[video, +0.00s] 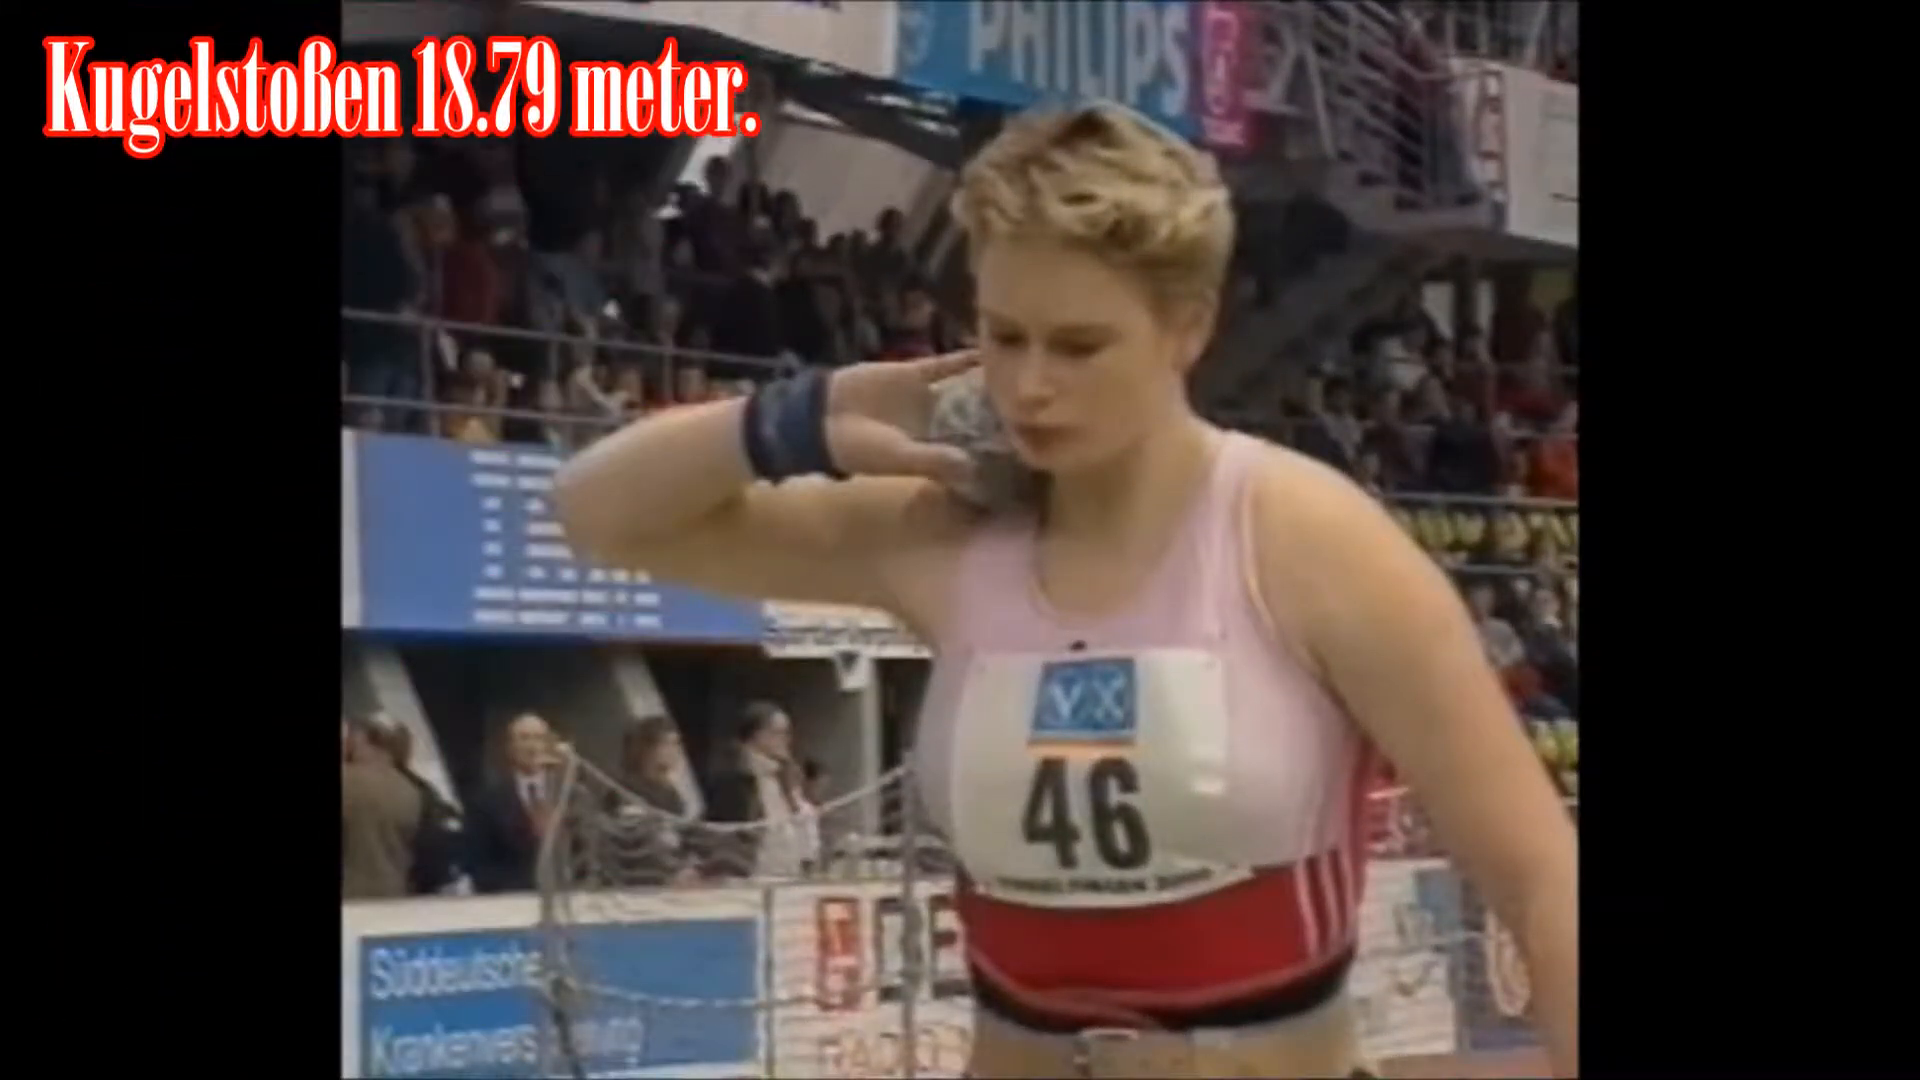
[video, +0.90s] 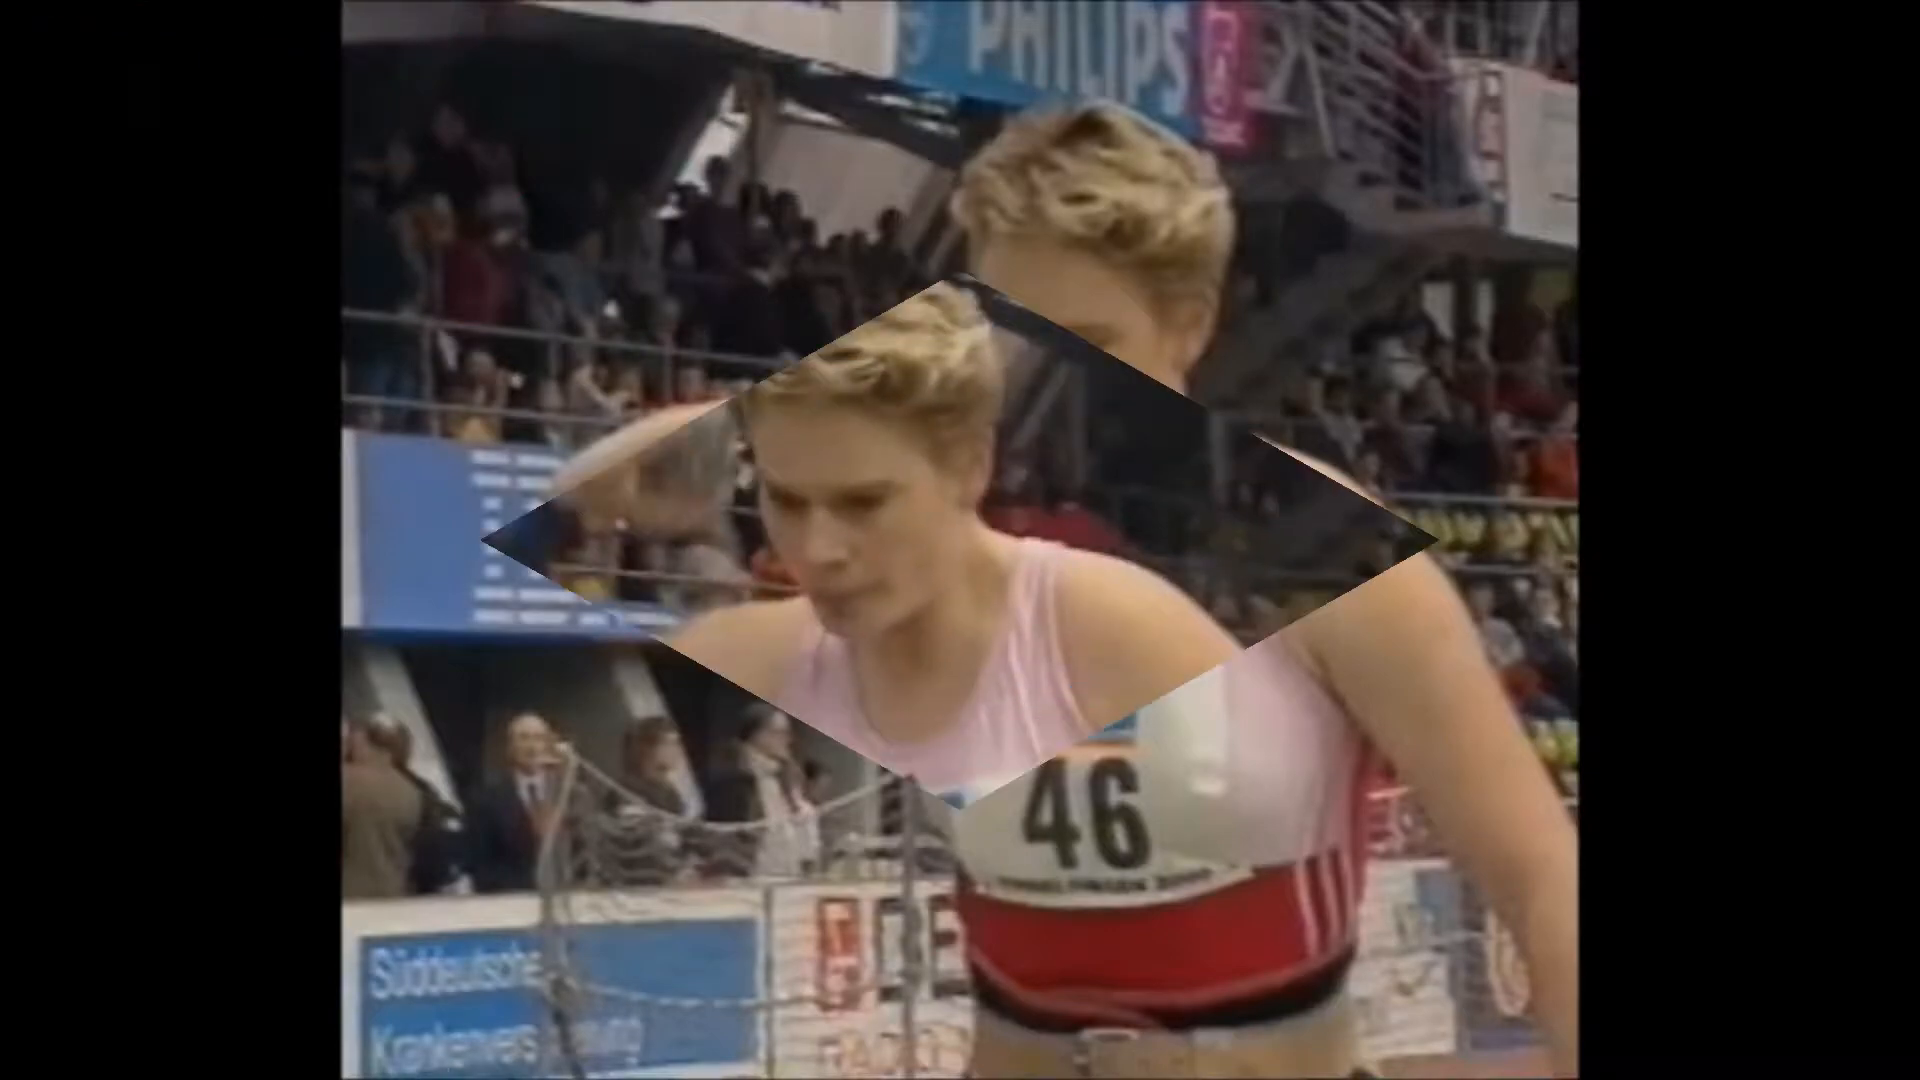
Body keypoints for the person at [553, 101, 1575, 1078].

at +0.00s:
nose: (1028, 386)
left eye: (1079, 344)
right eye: (1004, 338)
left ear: (1186, 330)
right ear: (974, 324)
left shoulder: (1303, 533)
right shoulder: (928, 534)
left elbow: (1539, 875)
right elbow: (600, 512)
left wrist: (1564, 1060)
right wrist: (809, 420)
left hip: (1270, 1054)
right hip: (1016, 1051)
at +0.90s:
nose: (1049, 381)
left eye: (1087, 344)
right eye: (1014, 338)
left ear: (1187, 326)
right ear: (970, 319)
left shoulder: (1312, 538)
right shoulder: (949, 539)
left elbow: (1539, 876)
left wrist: (1561, 1051)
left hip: (1269, 1050)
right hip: (1011, 1048)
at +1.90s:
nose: (1152, 482)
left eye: (1197, 444)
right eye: (1128, 435)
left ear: (1297, 433)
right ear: (1100, 424)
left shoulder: (1399, 612)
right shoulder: (1069, 655)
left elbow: (1613, 899)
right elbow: (759, 720)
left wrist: (1601, 1073)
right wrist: (970, 558)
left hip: (1403, 1058)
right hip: (1168, 1062)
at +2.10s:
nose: (1159, 438)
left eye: (1204, 399)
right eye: (1136, 393)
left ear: (1301, 381)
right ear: (1108, 379)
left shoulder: (1408, 570)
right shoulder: (1074, 572)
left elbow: (1621, 875)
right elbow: (770, 543)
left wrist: (1657, 1053)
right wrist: (982, 473)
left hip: (1371, 1055)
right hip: (1144, 1056)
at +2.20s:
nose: (1155, 431)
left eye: (1199, 394)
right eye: (1132, 385)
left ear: (1297, 373)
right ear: (1104, 366)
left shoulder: (1402, 558)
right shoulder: (1065, 562)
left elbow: (1621, 867)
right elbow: (759, 594)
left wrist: (1668, 1042)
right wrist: (972, 474)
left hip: (1355, 1055)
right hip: (1119, 1055)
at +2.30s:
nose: (1145, 426)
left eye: (1189, 388)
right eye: (1123, 378)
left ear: (1288, 364)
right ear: (1096, 357)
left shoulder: (1387, 545)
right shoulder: (1054, 555)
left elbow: (1604, 851)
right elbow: (739, 617)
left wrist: (1669, 1032)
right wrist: (968, 469)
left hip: (1344, 1052)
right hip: (1106, 1056)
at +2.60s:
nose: (1034, 448)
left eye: (1077, 409)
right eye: (1008, 400)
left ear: (1182, 371)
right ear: (986, 368)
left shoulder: (1287, 537)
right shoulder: (962, 545)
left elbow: (1463, 847)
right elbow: (606, 583)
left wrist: (1474, 1064)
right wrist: (861, 546)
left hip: (1276, 1059)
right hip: (1034, 1057)